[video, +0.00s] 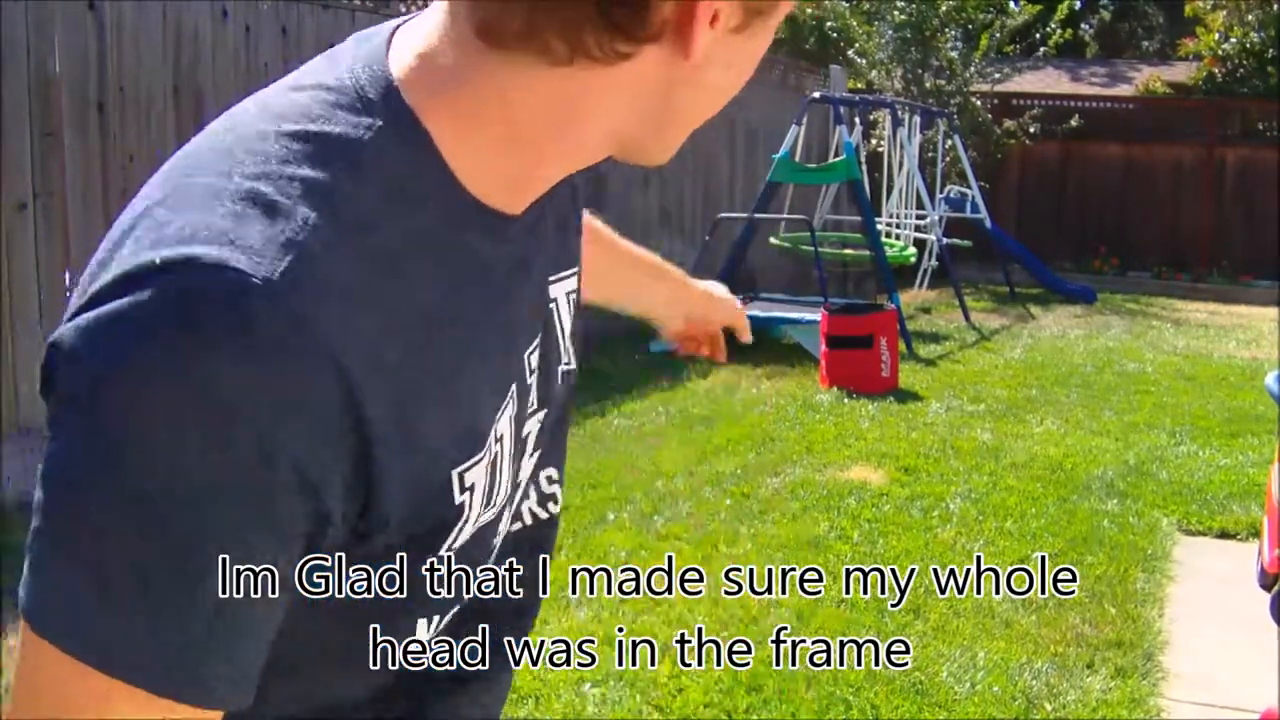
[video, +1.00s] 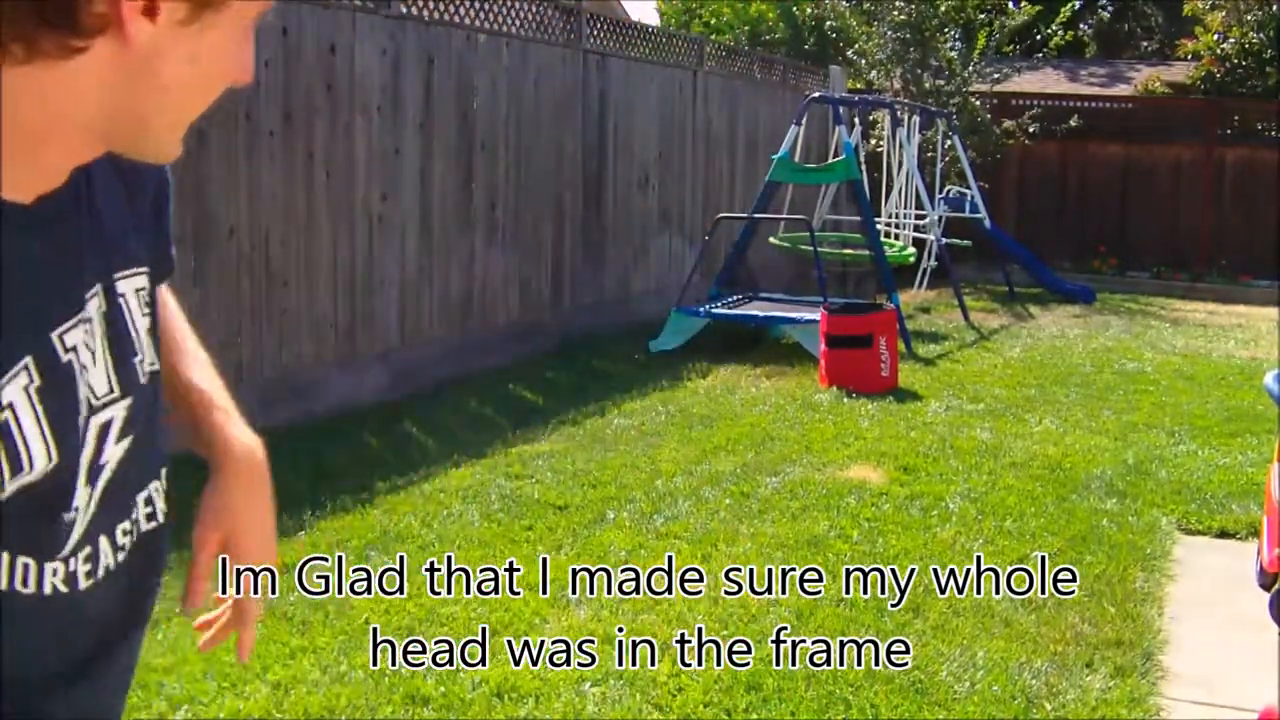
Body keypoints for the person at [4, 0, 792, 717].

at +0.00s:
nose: (754, 66)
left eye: (773, 29)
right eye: (769, 26)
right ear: (704, 20)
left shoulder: (495, 137)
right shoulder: (227, 303)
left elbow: (533, 233)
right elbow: (75, 705)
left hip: (452, 674)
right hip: (284, 695)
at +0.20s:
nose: (694, 67)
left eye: (713, 34)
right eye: (711, 30)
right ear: (645, 17)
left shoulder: (466, 129)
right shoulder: (180, 306)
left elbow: (565, 188)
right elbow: (56, 701)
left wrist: (677, 218)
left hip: (407, 679)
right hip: (242, 692)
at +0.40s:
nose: (600, 65)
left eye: (615, 32)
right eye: (610, 27)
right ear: (541, 11)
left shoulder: (394, 138)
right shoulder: (91, 293)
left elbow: (502, 193)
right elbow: (14, 691)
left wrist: (634, 231)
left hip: (348, 679)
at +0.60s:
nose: (454, 77)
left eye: (469, 41)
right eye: (466, 39)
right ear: (380, 28)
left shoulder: (290, 166)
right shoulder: (20, 257)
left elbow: (394, 202)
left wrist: (548, 247)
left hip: (223, 692)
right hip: (62, 700)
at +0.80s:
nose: (318, 88)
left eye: (332, 44)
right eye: (328, 42)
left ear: (231, 27)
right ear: (233, 26)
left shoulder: (164, 179)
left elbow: (236, 238)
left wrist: (413, 359)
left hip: (131, 689)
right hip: (30, 700)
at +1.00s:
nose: (247, 73)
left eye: (256, 28)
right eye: (249, 25)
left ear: (144, 12)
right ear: (144, 11)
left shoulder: (126, 168)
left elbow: (138, 293)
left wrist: (236, 449)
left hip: (97, 684)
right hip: (24, 696)